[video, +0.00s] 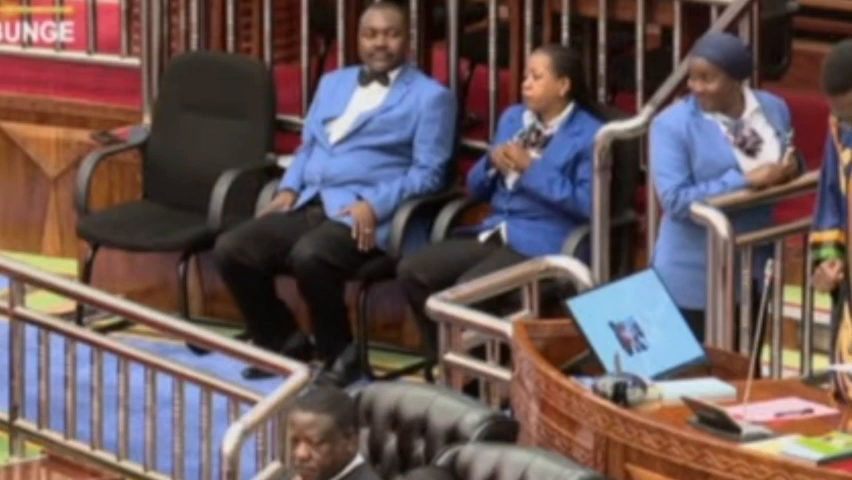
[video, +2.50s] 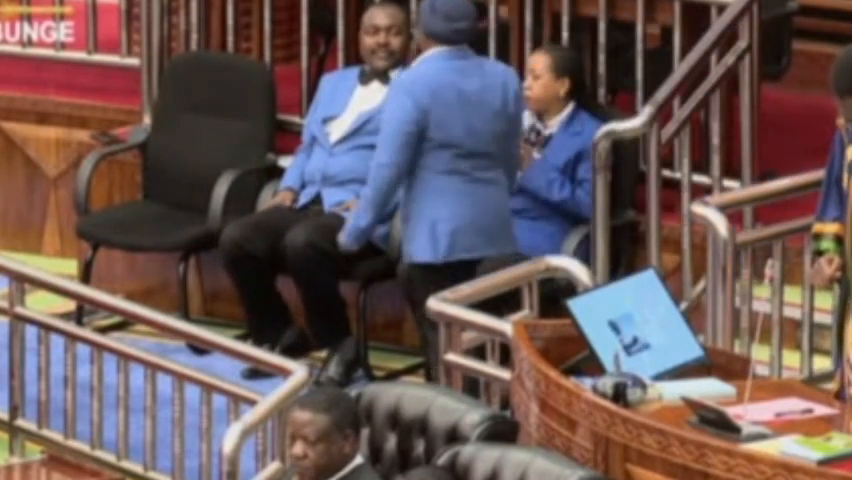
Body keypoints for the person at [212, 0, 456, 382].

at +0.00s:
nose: (380, 43)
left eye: (390, 34)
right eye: (371, 34)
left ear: (406, 40)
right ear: (358, 40)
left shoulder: (430, 97)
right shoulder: (333, 83)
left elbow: (429, 173)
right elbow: (308, 149)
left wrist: (374, 205)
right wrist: (288, 189)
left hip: (369, 215)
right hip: (313, 206)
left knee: (311, 257)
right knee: (233, 250)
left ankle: (339, 359)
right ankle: (283, 345)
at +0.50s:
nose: (381, 43)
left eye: (391, 34)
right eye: (372, 34)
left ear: (407, 40)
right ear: (359, 39)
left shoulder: (430, 97)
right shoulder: (333, 83)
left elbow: (429, 174)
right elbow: (308, 150)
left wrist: (374, 205)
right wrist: (288, 189)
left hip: (368, 215)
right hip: (313, 207)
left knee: (311, 258)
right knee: (233, 250)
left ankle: (340, 359)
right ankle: (282, 343)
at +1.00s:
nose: (381, 43)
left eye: (392, 34)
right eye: (372, 34)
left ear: (407, 40)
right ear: (359, 39)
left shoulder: (430, 96)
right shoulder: (333, 83)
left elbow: (429, 174)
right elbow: (308, 149)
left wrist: (375, 205)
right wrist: (288, 189)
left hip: (367, 215)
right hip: (313, 207)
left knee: (311, 257)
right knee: (233, 250)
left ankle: (340, 359)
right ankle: (282, 343)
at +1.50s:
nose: (381, 43)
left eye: (391, 34)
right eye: (372, 34)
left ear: (407, 40)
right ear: (359, 39)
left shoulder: (430, 97)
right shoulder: (333, 83)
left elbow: (429, 174)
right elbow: (308, 150)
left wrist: (374, 205)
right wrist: (288, 189)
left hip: (367, 215)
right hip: (313, 207)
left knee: (311, 256)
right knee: (233, 249)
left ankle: (339, 359)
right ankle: (282, 343)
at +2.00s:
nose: (381, 43)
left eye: (391, 34)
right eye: (372, 34)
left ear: (407, 40)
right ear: (359, 39)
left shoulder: (430, 97)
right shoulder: (333, 83)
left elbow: (429, 174)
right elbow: (308, 150)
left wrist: (375, 204)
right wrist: (288, 189)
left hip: (364, 213)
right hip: (310, 206)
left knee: (310, 249)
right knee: (233, 242)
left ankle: (340, 351)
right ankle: (280, 337)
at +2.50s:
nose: (382, 41)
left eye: (393, 32)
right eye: (373, 31)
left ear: (409, 40)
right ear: (360, 38)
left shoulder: (413, 89)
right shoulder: (332, 84)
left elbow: (414, 165)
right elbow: (308, 148)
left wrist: (372, 203)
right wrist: (288, 190)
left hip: (359, 208)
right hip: (309, 204)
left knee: (302, 245)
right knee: (238, 240)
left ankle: (340, 346)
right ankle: (280, 337)